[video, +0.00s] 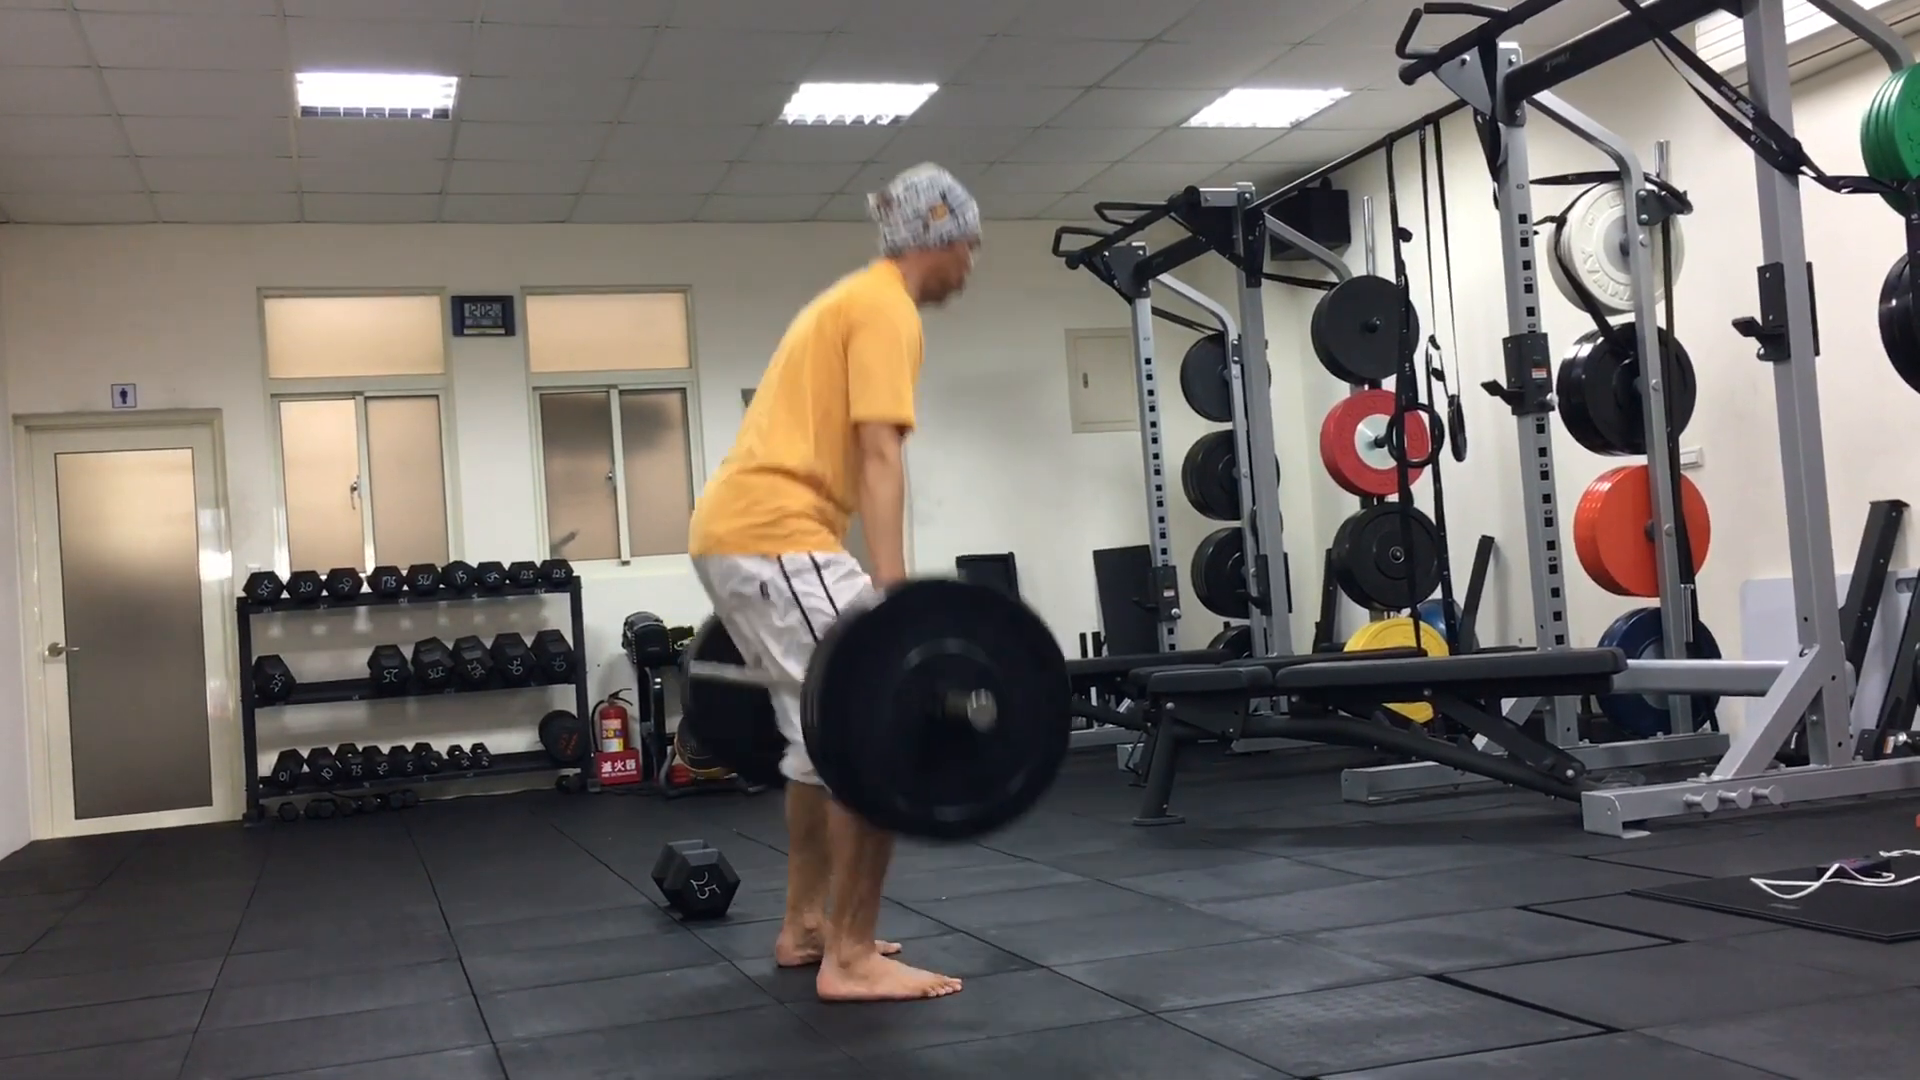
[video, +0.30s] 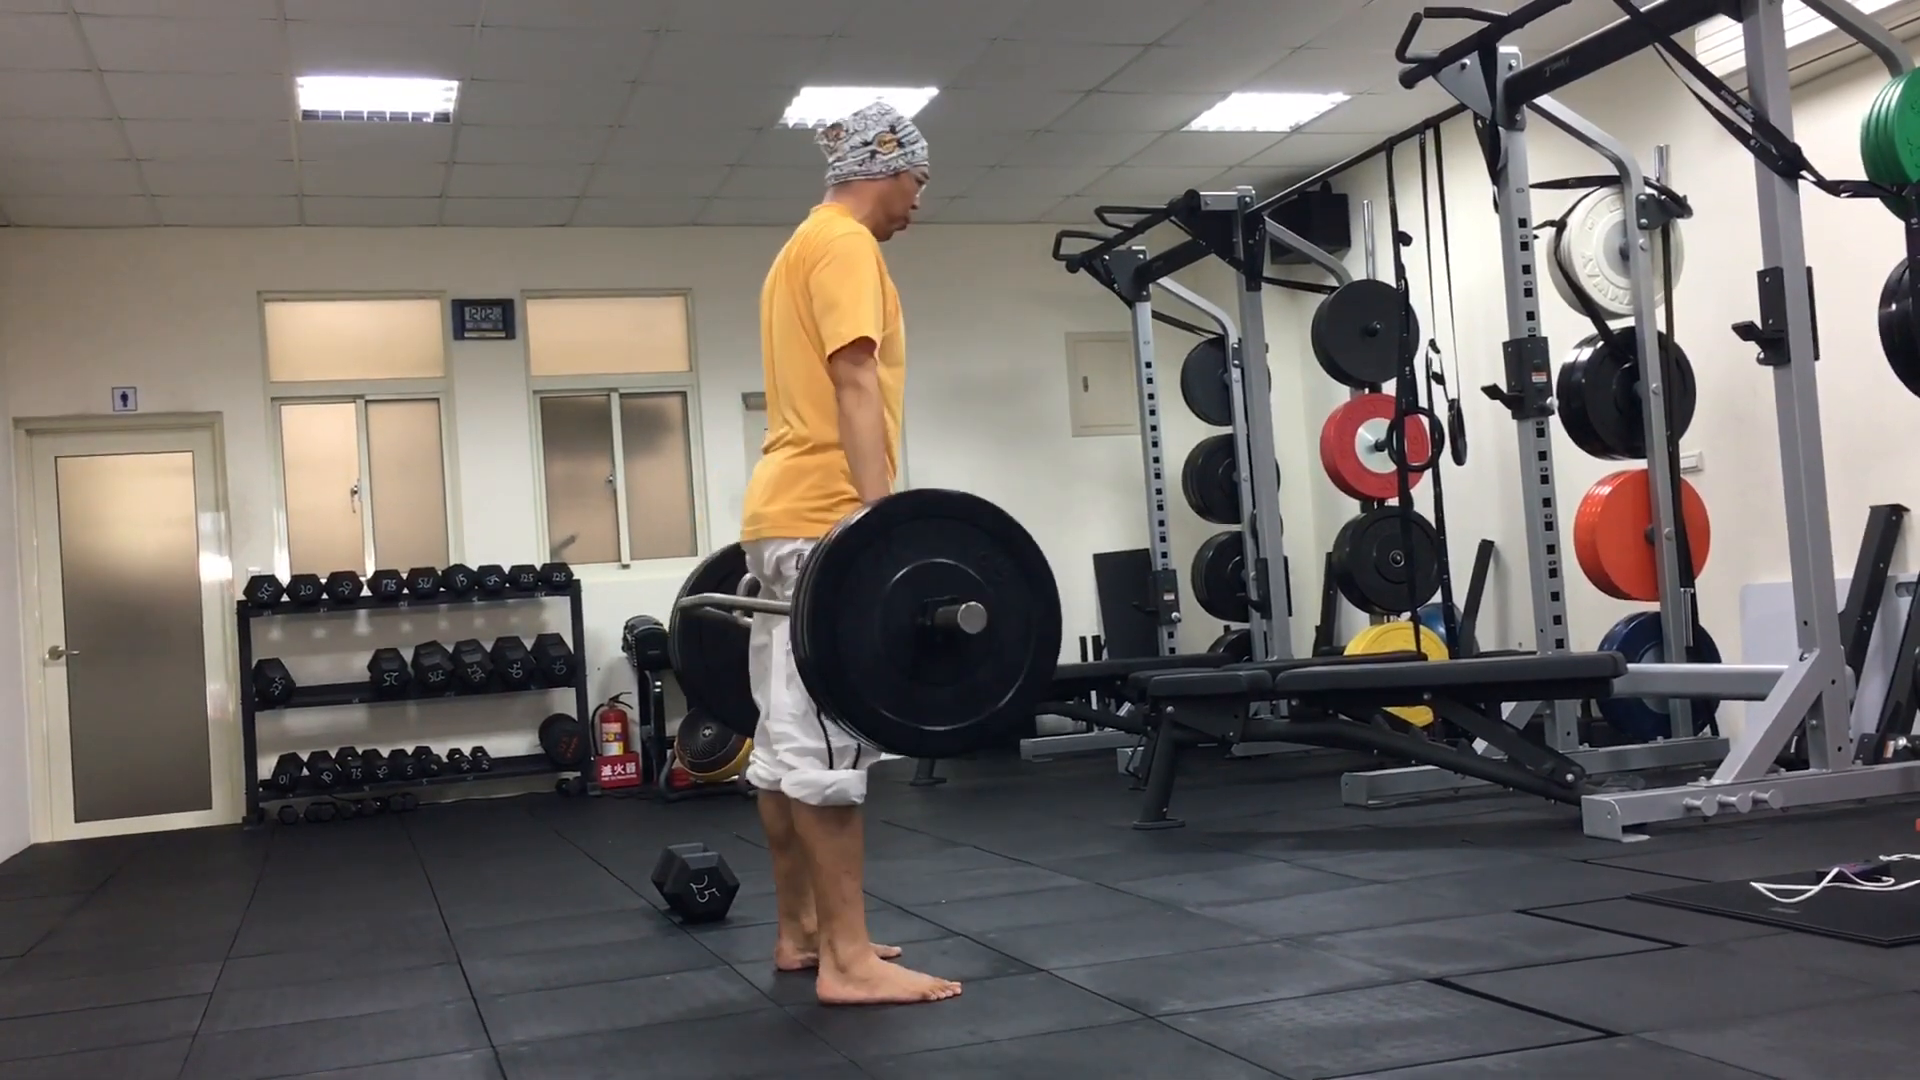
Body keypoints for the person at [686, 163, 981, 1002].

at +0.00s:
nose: (970, 269)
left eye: (972, 252)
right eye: (969, 250)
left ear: (906, 235)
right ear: (941, 240)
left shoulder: (846, 301)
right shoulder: (882, 306)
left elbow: (837, 457)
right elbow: (878, 455)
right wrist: (896, 598)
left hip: (735, 532)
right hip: (779, 533)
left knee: (818, 724)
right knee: (873, 718)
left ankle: (806, 922)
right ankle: (852, 954)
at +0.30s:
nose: (920, 201)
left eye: (921, 185)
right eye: (916, 184)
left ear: (853, 175)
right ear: (880, 174)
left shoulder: (801, 249)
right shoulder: (842, 245)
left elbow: (797, 401)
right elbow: (852, 383)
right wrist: (887, 520)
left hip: (779, 521)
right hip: (826, 523)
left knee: (786, 737)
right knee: (829, 740)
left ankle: (802, 930)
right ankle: (849, 959)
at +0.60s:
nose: (936, 222)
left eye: (939, 206)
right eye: (935, 204)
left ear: (866, 188)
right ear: (906, 192)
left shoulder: (815, 259)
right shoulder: (855, 257)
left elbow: (787, 412)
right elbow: (861, 397)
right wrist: (890, 533)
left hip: (766, 528)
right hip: (817, 527)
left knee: (799, 738)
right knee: (845, 739)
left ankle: (806, 931)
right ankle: (852, 961)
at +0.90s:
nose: (967, 328)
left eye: (972, 311)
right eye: (968, 309)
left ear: (910, 289)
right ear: (935, 293)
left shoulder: (842, 344)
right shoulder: (878, 350)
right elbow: (885, 500)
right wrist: (907, 643)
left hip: (727, 570)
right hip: (767, 571)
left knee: (849, 740)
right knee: (893, 734)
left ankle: (814, 933)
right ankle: (860, 965)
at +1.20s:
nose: (1001, 436)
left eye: (1007, 421)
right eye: (1001, 416)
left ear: (944, 399)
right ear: (964, 401)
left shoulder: (878, 441)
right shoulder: (905, 452)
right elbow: (905, 609)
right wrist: (926, 752)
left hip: (728, 635)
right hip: (764, 635)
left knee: (890, 749)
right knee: (945, 755)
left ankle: (819, 930)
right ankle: (862, 964)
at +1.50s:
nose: (1008, 436)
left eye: (1013, 421)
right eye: (1008, 418)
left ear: (947, 403)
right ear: (971, 405)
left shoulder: (879, 448)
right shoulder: (914, 459)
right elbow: (909, 608)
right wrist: (927, 745)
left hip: (733, 643)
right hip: (778, 644)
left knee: (894, 753)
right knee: (956, 759)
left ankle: (818, 929)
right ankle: (864, 961)